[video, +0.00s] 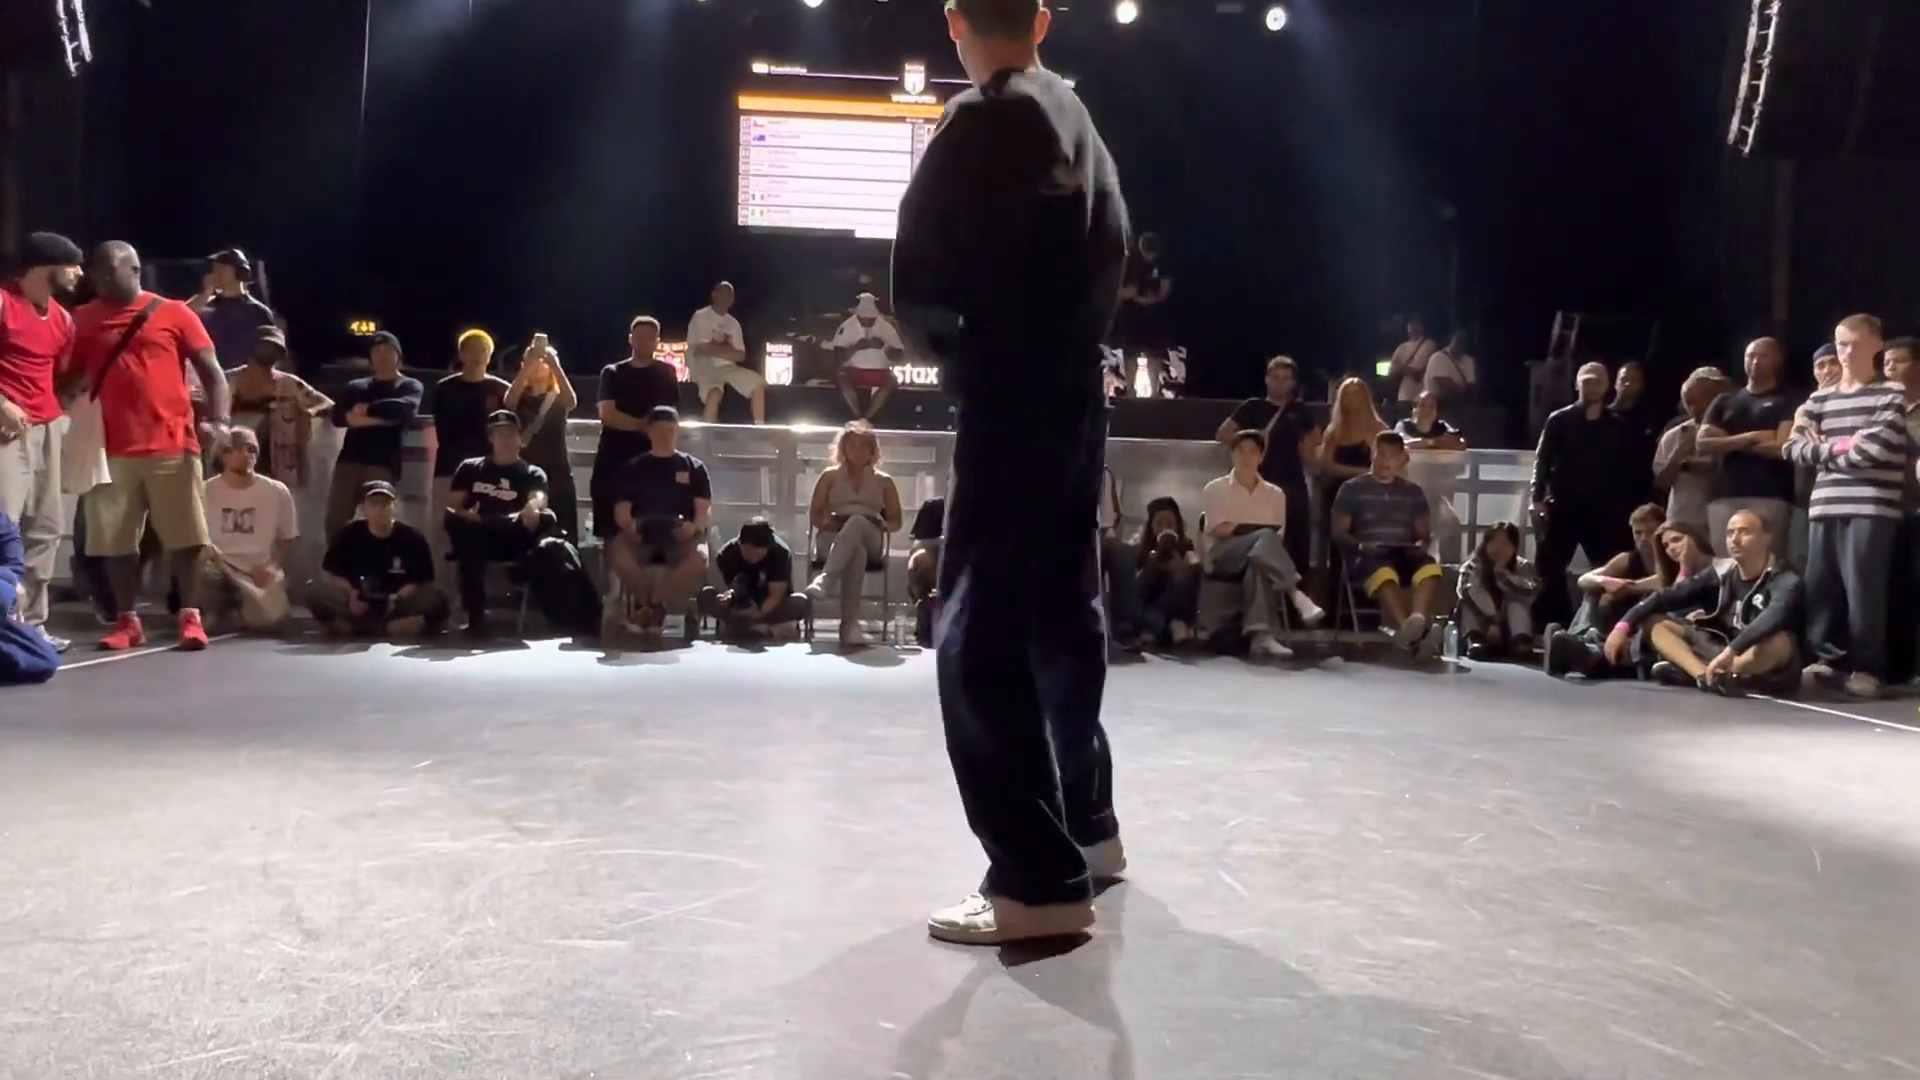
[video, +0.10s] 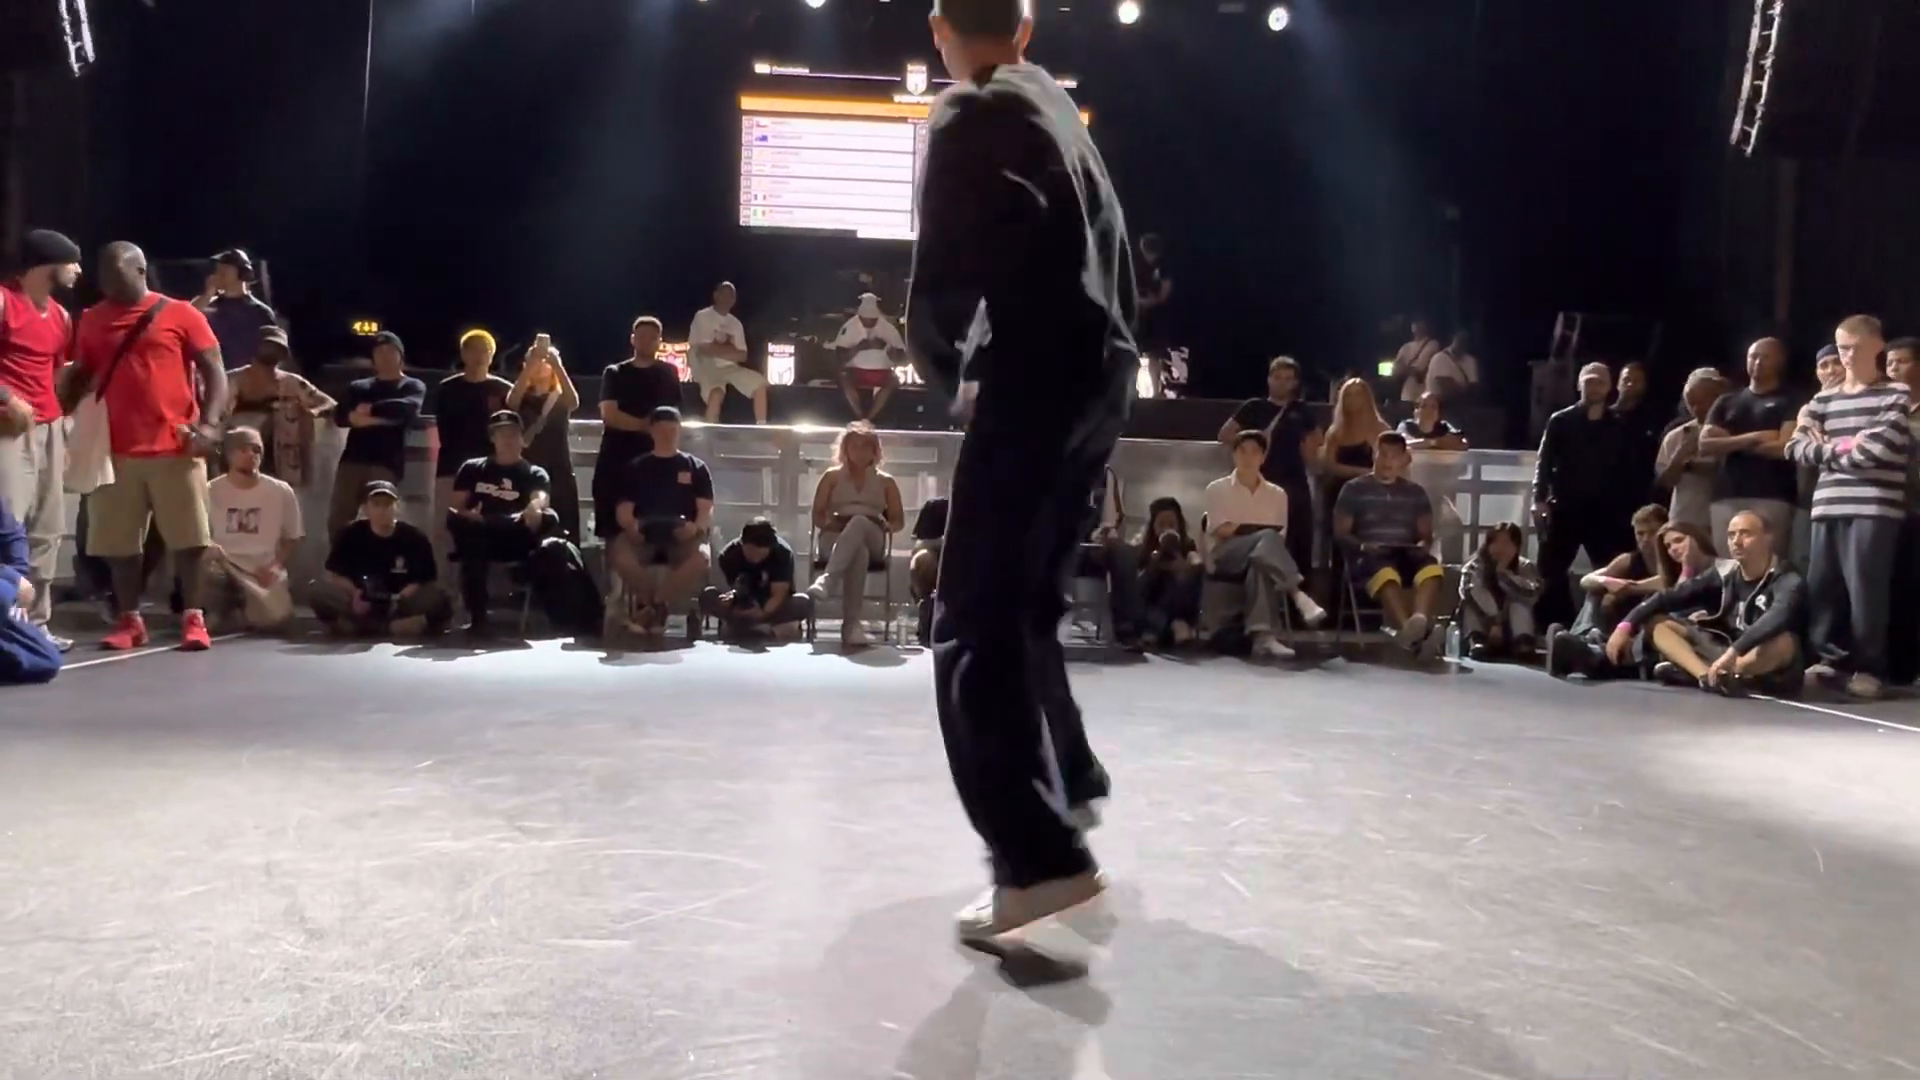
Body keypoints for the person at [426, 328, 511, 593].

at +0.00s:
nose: (476, 357)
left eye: (481, 351)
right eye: (470, 351)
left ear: (490, 355)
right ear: (460, 354)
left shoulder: (501, 388)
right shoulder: (444, 387)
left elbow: (505, 428)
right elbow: (440, 428)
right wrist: (450, 455)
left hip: (486, 466)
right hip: (448, 465)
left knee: (481, 531)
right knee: (444, 532)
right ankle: (445, 594)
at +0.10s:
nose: (479, 356)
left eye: (484, 350)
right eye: (473, 350)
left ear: (492, 354)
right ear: (463, 354)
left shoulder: (503, 388)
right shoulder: (446, 388)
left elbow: (508, 428)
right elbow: (442, 427)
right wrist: (453, 454)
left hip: (489, 465)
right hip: (451, 464)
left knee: (486, 527)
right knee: (446, 529)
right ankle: (448, 590)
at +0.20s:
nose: (480, 356)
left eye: (486, 350)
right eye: (475, 350)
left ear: (494, 354)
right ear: (465, 354)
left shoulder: (505, 388)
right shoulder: (448, 388)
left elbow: (510, 428)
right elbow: (445, 428)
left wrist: (500, 458)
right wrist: (455, 456)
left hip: (491, 465)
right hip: (452, 465)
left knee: (487, 527)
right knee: (447, 529)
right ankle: (449, 589)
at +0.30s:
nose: (481, 356)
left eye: (487, 351)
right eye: (475, 350)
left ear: (495, 354)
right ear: (465, 354)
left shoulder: (506, 389)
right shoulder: (449, 388)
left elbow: (510, 429)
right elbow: (446, 428)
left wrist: (499, 458)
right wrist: (456, 457)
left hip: (492, 466)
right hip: (453, 466)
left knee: (487, 528)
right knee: (447, 530)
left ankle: (486, 591)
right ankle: (449, 589)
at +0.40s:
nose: (484, 357)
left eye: (489, 351)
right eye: (478, 351)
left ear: (496, 355)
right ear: (467, 355)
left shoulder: (508, 389)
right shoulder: (450, 388)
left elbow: (511, 430)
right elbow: (447, 430)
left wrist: (503, 459)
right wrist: (458, 458)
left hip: (494, 466)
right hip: (455, 466)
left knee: (490, 528)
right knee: (451, 530)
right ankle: (452, 592)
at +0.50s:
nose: (484, 357)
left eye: (489, 351)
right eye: (479, 351)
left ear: (497, 354)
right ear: (469, 354)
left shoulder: (509, 388)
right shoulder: (452, 386)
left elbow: (512, 428)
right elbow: (448, 427)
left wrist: (504, 457)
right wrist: (458, 456)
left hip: (495, 465)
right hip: (456, 464)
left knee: (490, 526)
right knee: (450, 528)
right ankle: (453, 588)